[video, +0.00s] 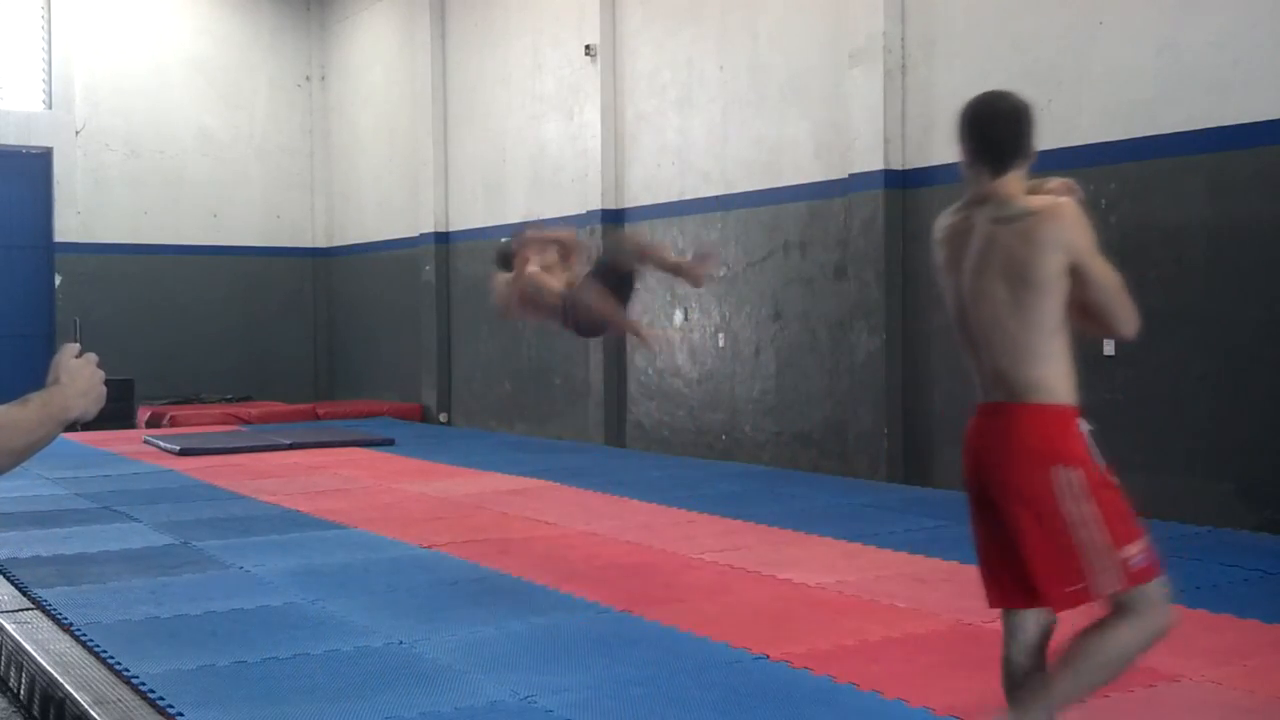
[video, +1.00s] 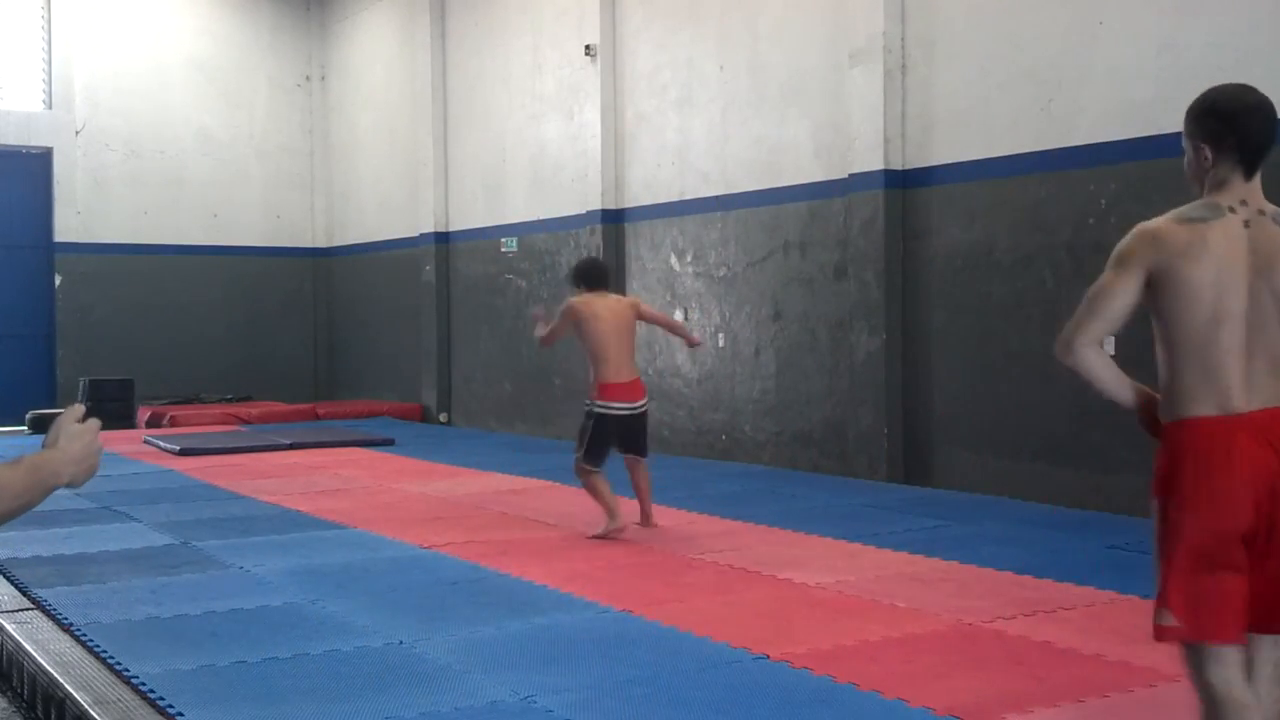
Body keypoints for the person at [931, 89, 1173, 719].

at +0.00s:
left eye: (973, 145)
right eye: (1024, 143)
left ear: (964, 151)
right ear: (1030, 147)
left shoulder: (948, 228)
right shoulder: (1057, 215)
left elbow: (1002, 296)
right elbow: (1121, 321)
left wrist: (1045, 210)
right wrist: (1049, 279)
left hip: (988, 441)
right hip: (1049, 443)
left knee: (1026, 618)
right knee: (1149, 609)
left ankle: (1022, 718)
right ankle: (1031, 706)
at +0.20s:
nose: (1018, 148)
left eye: (1017, 136)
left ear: (1014, 142)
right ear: (1083, 141)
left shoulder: (987, 223)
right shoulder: (1121, 220)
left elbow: (1040, 291)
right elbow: (1172, 335)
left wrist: (1091, 204)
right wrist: (1095, 306)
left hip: (1030, 444)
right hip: (1109, 443)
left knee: (1041, 630)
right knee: (1185, 618)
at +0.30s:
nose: (1040, 152)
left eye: (1042, 141)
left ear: (1046, 145)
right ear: (1112, 142)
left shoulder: (1011, 231)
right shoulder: (1160, 231)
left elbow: (1016, 312)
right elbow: (1215, 355)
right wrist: (1148, 325)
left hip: (1054, 448)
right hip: (1140, 448)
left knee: (1050, 636)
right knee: (1199, 632)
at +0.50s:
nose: (1104, 158)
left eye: (1105, 147)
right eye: (1108, 147)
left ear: (1113, 152)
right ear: (1178, 148)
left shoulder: (1074, 241)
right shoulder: (1242, 235)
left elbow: (1026, 357)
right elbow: (1274, 361)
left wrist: (1067, 295)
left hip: (1113, 451)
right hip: (1204, 452)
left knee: (1089, 634)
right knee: (1224, 639)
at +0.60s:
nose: (1132, 162)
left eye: (1132, 151)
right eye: (1132, 151)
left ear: (1144, 153)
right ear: (1206, 150)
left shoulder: (1100, 241)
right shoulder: (1265, 237)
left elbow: (1085, 368)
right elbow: (1275, 373)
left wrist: (1139, 335)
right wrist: (1232, 338)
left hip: (1137, 451)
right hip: (1228, 452)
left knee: (1104, 634)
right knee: (1236, 646)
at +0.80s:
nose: (1170, 160)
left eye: (1171, 148)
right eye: (1169, 148)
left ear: (1190, 150)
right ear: (1244, 149)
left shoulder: (1140, 232)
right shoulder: (1275, 229)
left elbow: (1075, 342)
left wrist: (1144, 361)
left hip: (1172, 451)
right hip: (1261, 451)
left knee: (1134, 624)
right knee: (1253, 645)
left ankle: (1194, 715)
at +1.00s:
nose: (1186, 159)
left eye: (1187, 147)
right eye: (1187, 147)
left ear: (1203, 153)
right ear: (1261, 151)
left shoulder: (1158, 240)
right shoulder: (1279, 229)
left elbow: (1078, 346)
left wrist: (1142, 399)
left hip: (1205, 468)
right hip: (1274, 460)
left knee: (1220, 675)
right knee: (1269, 669)